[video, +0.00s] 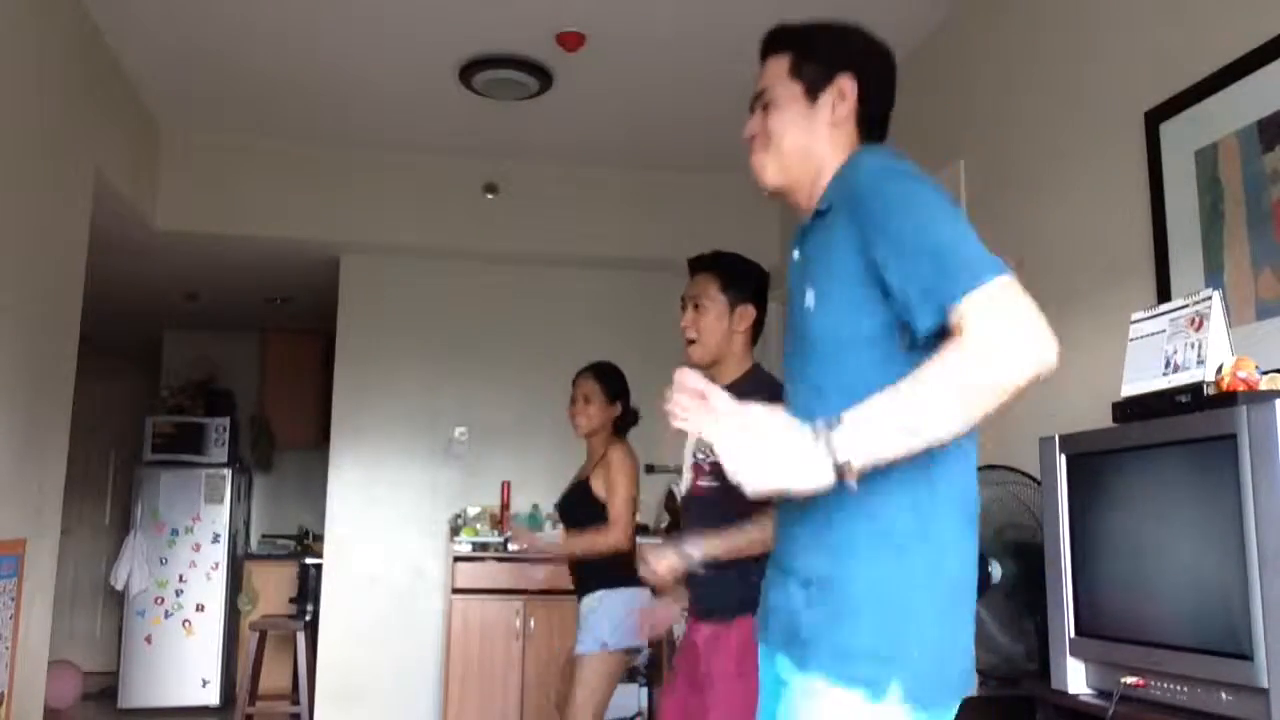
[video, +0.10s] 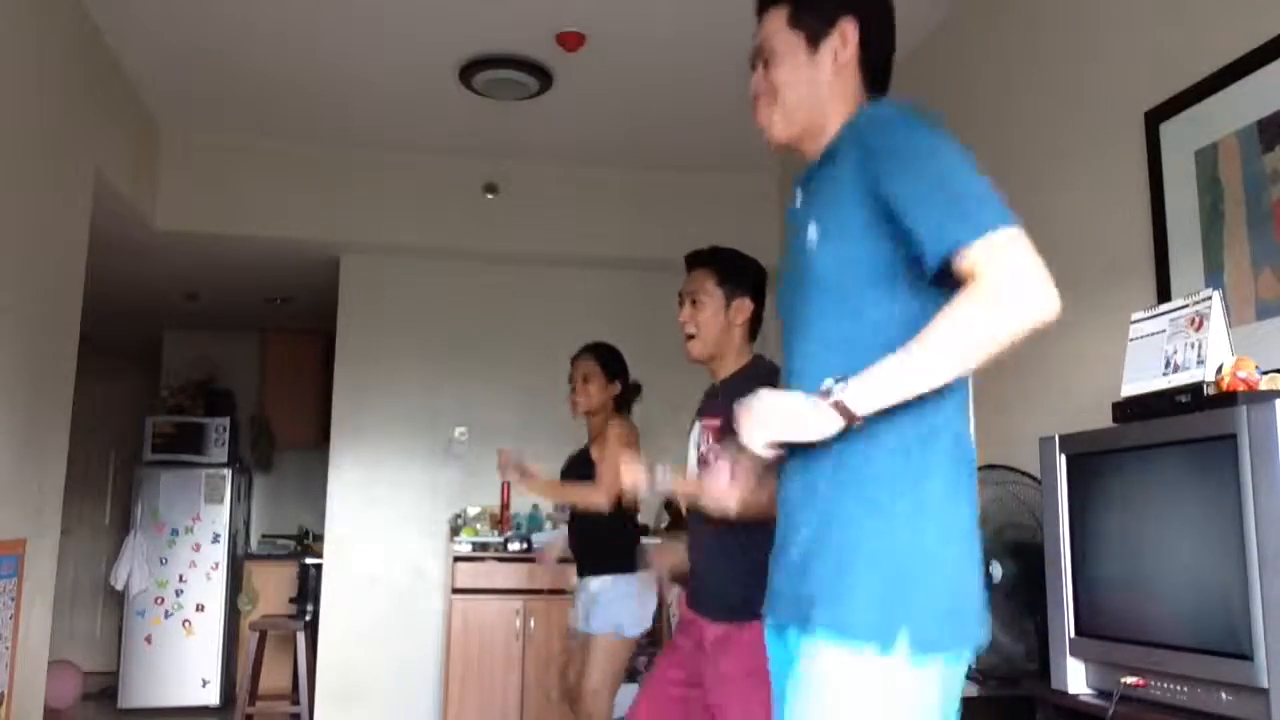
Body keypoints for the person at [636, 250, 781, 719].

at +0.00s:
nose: (684, 322)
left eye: (698, 307)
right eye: (685, 308)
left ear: (744, 318)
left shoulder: (768, 403)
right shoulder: (710, 401)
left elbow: (793, 520)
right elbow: (709, 519)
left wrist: (688, 551)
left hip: (745, 624)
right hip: (699, 621)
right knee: (677, 713)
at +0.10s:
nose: (683, 317)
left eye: (696, 302)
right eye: (683, 304)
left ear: (741, 311)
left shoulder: (763, 390)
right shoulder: (713, 398)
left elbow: (763, 497)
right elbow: (724, 512)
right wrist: (670, 559)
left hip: (749, 632)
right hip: (697, 623)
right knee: (647, 713)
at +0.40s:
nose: (688, 319)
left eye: (703, 305)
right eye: (688, 306)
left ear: (747, 318)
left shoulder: (763, 403)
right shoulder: (707, 401)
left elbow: (796, 517)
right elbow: (709, 520)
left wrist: (694, 561)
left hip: (752, 616)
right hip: (707, 615)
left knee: (723, 714)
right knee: (676, 713)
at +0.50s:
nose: (690, 316)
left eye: (704, 302)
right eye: (689, 303)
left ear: (748, 314)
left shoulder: (767, 394)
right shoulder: (715, 397)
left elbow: (766, 515)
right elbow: (718, 515)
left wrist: (669, 512)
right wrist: (664, 579)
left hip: (756, 629)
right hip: (700, 625)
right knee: (662, 713)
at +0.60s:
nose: (688, 305)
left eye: (701, 290)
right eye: (687, 292)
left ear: (746, 299)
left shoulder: (778, 384)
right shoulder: (708, 389)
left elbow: (800, 481)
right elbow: (718, 504)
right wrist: (663, 512)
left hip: (755, 618)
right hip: (693, 612)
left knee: (751, 712)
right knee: (656, 713)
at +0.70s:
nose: (687, 302)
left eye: (700, 288)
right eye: (686, 288)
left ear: (745, 296)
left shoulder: (777, 374)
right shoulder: (712, 383)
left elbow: (812, 481)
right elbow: (696, 491)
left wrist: (746, 454)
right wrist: (623, 435)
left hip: (751, 608)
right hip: (695, 607)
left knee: (749, 714)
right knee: (674, 714)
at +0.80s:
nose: (688, 313)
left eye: (701, 299)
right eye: (689, 300)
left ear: (747, 311)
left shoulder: (759, 398)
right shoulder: (712, 399)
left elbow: (763, 508)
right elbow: (704, 506)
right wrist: (645, 485)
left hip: (738, 605)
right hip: (701, 603)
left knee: (731, 712)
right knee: (691, 712)